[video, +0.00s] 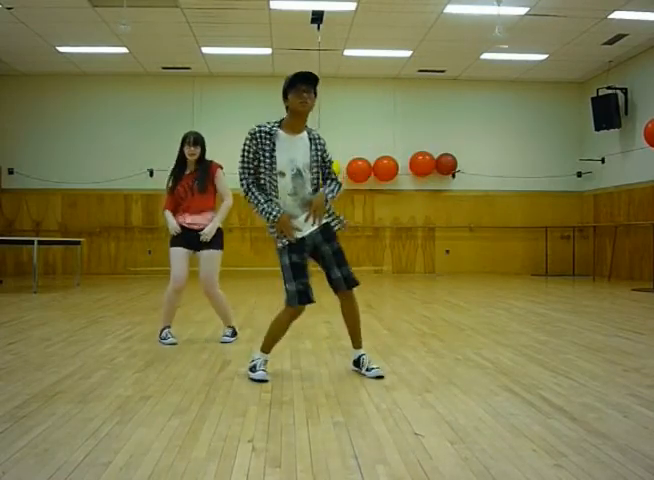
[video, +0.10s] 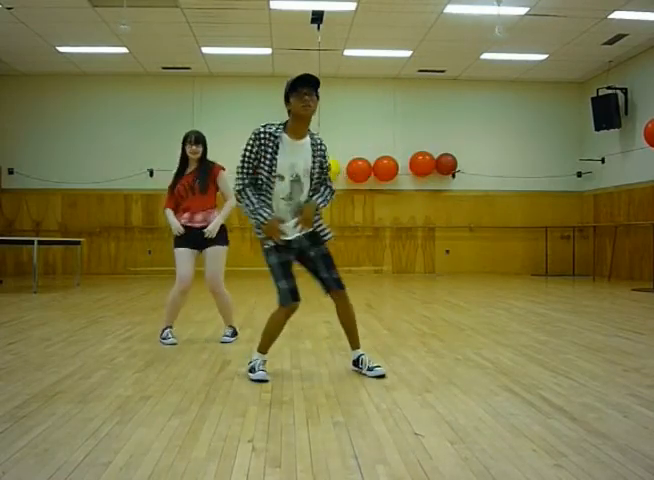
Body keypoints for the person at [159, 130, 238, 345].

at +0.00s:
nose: (191, 149)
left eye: (195, 146)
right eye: (187, 145)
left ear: (202, 148)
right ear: (182, 148)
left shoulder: (213, 169)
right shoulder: (177, 174)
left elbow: (228, 198)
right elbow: (168, 204)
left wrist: (215, 224)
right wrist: (170, 219)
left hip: (209, 229)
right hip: (182, 229)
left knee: (209, 283)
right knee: (178, 281)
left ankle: (230, 327)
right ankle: (165, 328)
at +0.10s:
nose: (193, 148)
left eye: (197, 144)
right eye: (189, 144)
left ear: (204, 147)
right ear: (184, 147)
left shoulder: (215, 171)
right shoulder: (179, 176)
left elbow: (231, 199)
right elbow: (168, 206)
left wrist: (217, 222)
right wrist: (174, 223)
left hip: (213, 228)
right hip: (185, 230)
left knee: (214, 282)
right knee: (183, 282)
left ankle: (230, 327)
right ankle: (167, 328)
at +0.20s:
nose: (194, 145)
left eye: (198, 142)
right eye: (190, 142)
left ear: (205, 144)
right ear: (185, 145)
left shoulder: (217, 169)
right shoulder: (179, 172)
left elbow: (232, 198)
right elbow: (166, 202)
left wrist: (219, 220)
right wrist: (173, 219)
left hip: (212, 226)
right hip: (183, 228)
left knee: (215, 280)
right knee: (182, 281)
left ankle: (230, 327)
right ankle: (167, 328)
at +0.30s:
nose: (195, 144)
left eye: (199, 140)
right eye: (191, 141)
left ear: (206, 143)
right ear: (186, 144)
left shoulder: (219, 169)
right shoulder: (179, 169)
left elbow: (230, 199)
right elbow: (163, 197)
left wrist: (217, 223)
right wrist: (169, 215)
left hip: (208, 226)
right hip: (180, 226)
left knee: (214, 281)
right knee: (177, 279)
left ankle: (229, 327)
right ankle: (166, 328)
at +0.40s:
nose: (197, 145)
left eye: (201, 140)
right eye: (193, 141)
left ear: (208, 144)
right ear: (188, 146)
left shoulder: (221, 171)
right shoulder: (181, 171)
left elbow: (229, 202)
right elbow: (163, 198)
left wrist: (216, 228)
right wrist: (163, 211)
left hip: (207, 229)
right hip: (178, 226)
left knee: (214, 283)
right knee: (176, 279)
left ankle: (229, 327)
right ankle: (166, 328)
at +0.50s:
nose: (201, 149)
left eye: (205, 145)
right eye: (197, 146)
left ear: (211, 148)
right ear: (191, 150)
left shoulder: (224, 175)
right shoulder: (187, 178)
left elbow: (232, 208)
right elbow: (167, 204)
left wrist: (218, 233)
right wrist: (160, 224)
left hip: (209, 233)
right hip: (181, 229)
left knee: (214, 286)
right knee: (178, 279)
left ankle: (229, 327)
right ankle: (166, 328)